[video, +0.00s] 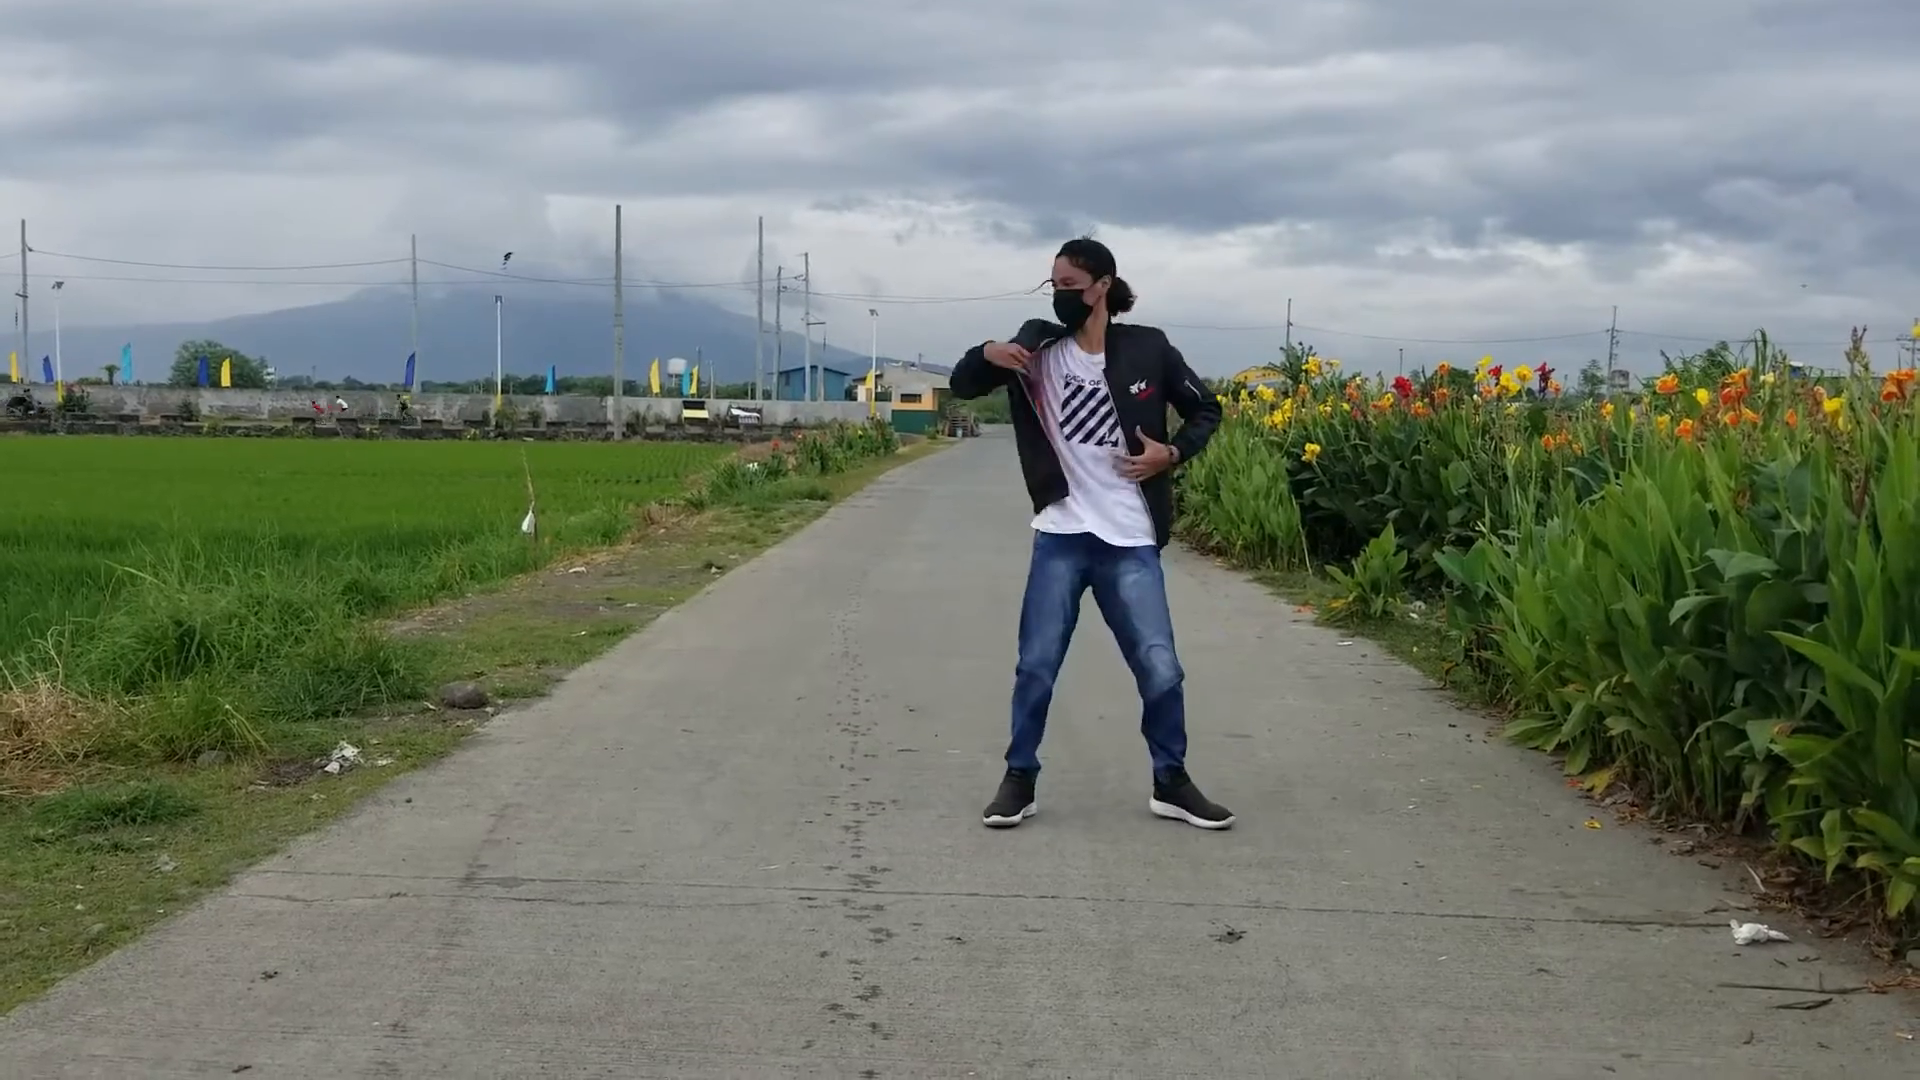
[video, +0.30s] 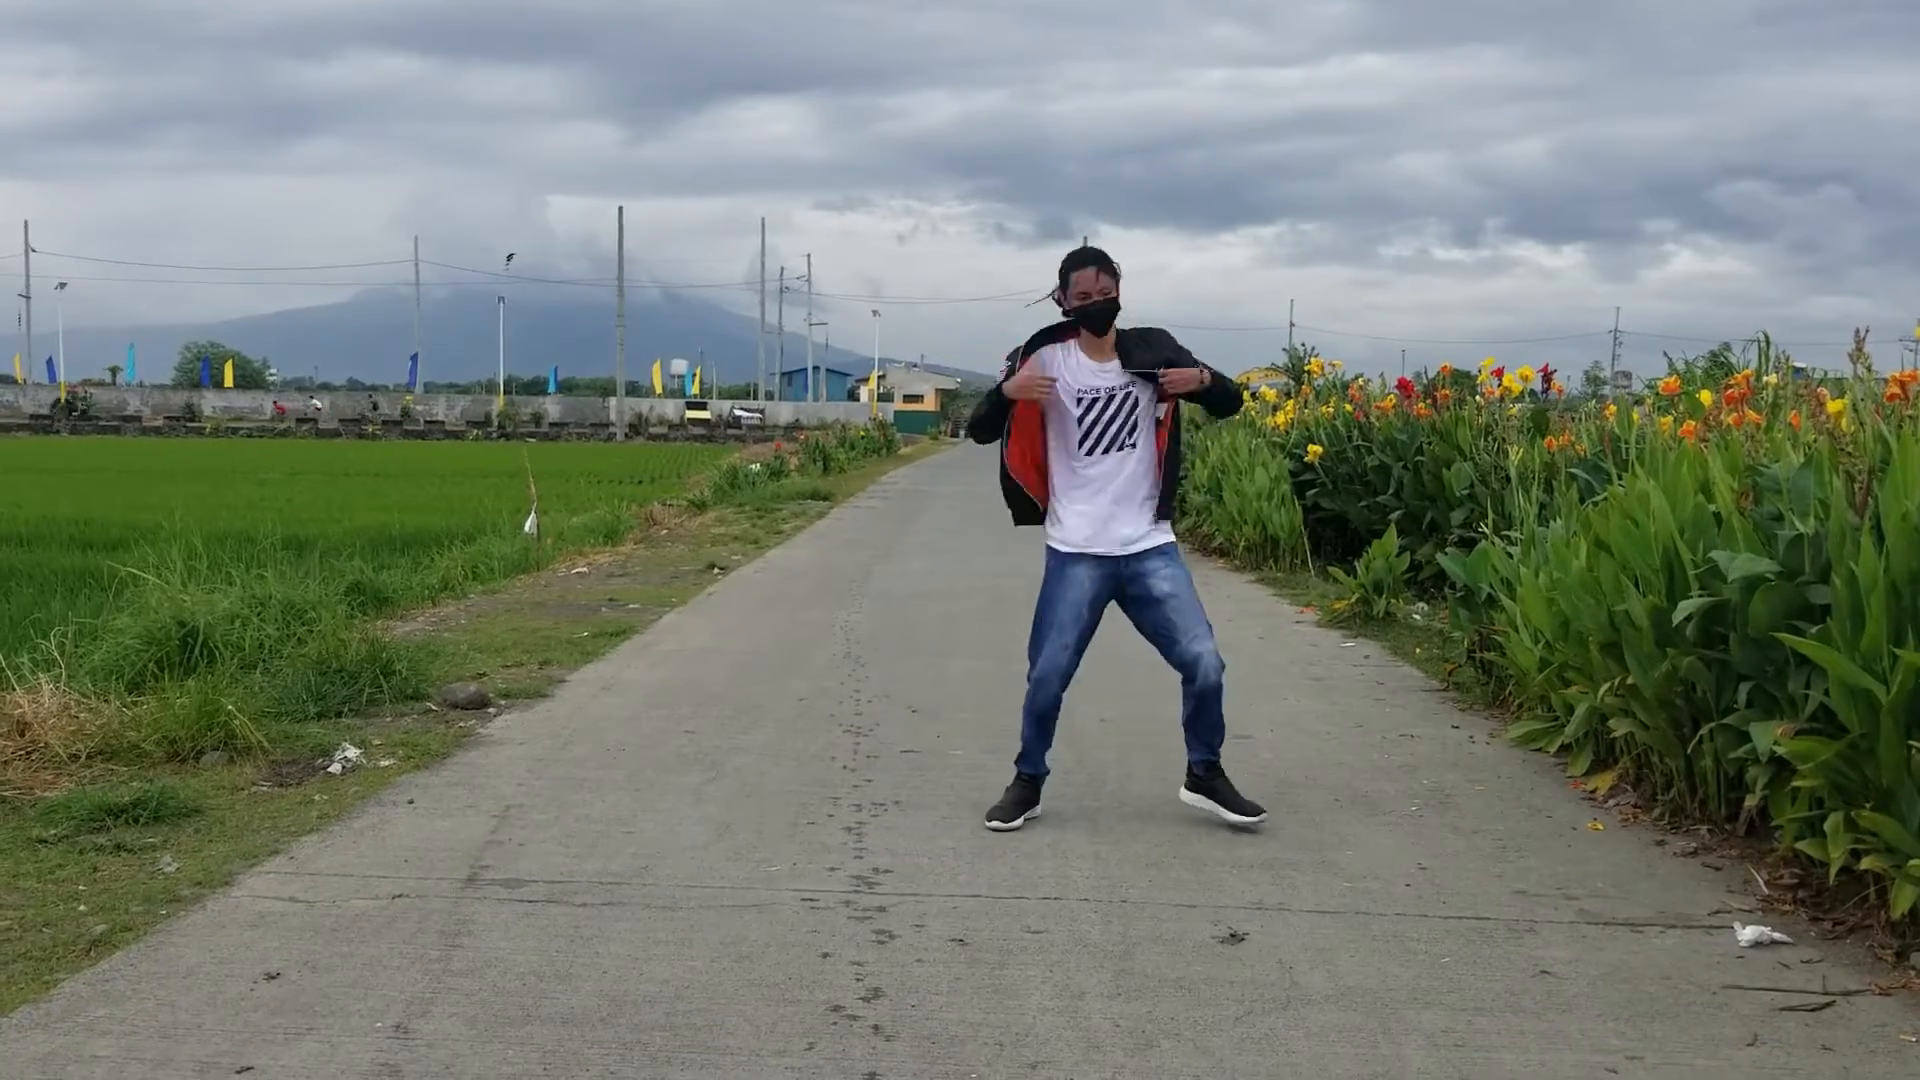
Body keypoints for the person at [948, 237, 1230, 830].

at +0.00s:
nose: (1058, 296)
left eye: (1069, 287)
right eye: (1054, 286)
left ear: (1103, 287)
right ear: (1052, 288)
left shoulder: (1148, 349)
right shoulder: (1035, 347)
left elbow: (1206, 412)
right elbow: (964, 385)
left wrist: (1174, 452)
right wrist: (985, 356)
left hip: (1131, 536)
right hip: (1061, 530)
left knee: (1161, 667)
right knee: (1036, 662)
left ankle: (1171, 781)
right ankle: (1018, 779)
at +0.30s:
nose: (1094, 290)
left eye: (1103, 279)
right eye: (1081, 282)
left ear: (1118, 289)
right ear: (1063, 296)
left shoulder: (1155, 349)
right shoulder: (1039, 359)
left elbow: (1229, 405)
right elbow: (979, 430)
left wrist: (1205, 381)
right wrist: (1005, 394)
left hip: (1149, 542)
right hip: (1075, 546)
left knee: (1204, 661)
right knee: (1047, 674)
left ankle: (1204, 773)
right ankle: (1027, 782)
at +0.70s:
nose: (1058, 332)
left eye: (1070, 322)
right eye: (1052, 320)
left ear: (1100, 318)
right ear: (1047, 313)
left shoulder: (1129, 367)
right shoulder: (1026, 378)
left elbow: (1161, 437)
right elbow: (960, 444)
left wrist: (1195, 481)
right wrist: (935, 379)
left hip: (1137, 558)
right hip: (1068, 562)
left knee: (1195, 672)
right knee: (1043, 683)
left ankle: (1225, 787)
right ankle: (976, 775)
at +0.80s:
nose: (1021, 317)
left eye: (1034, 309)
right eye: (1016, 306)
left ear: (1063, 315)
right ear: (1010, 310)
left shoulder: (1094, 370)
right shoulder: (992, 375)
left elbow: (1116, 442)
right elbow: (951, 457)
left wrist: (1148, 496)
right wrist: (922, 427)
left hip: (1096, 552)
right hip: (1029, 554)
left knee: (1156, 666)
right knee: (1029, 680)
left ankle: (1212, 771)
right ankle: (980, 782)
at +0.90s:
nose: (990, 321)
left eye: (1000, 311)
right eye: (985, 311)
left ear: (1033, 312)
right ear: (983, 310)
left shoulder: (1066, 365)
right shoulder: (962, 371)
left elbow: (1089, 441)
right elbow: (933, 445)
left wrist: (1117, 493)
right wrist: (915, 486)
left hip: (1065, 540)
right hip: (999, 542)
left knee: (1130, 648)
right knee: (1016, 667)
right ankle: (981, 783)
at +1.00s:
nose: (961, 313)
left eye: (971, 304)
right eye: (957, 303)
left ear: (1006, 300)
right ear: (956, 298)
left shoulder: (1039, 352)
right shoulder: (931, 360)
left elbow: (1072, 418)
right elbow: (908, 435)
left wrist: (1117, 439)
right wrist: (896, 460)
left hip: (1039, 531)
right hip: (976, 535)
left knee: (1079, 642)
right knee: (993, 659)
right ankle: (977, 778)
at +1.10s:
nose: (942, 308)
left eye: (953, 298)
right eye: (935, 298)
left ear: (985, 292)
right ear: (929, 294)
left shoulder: (1019, 340)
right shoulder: (910, 351)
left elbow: (1061, 374)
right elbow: (871, 423)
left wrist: (1128, 379)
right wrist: (833, 406)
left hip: (1012, 517)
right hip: (954, 518)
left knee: (995, 653)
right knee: (990, 632)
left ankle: (905, 707)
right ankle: (990, 745)